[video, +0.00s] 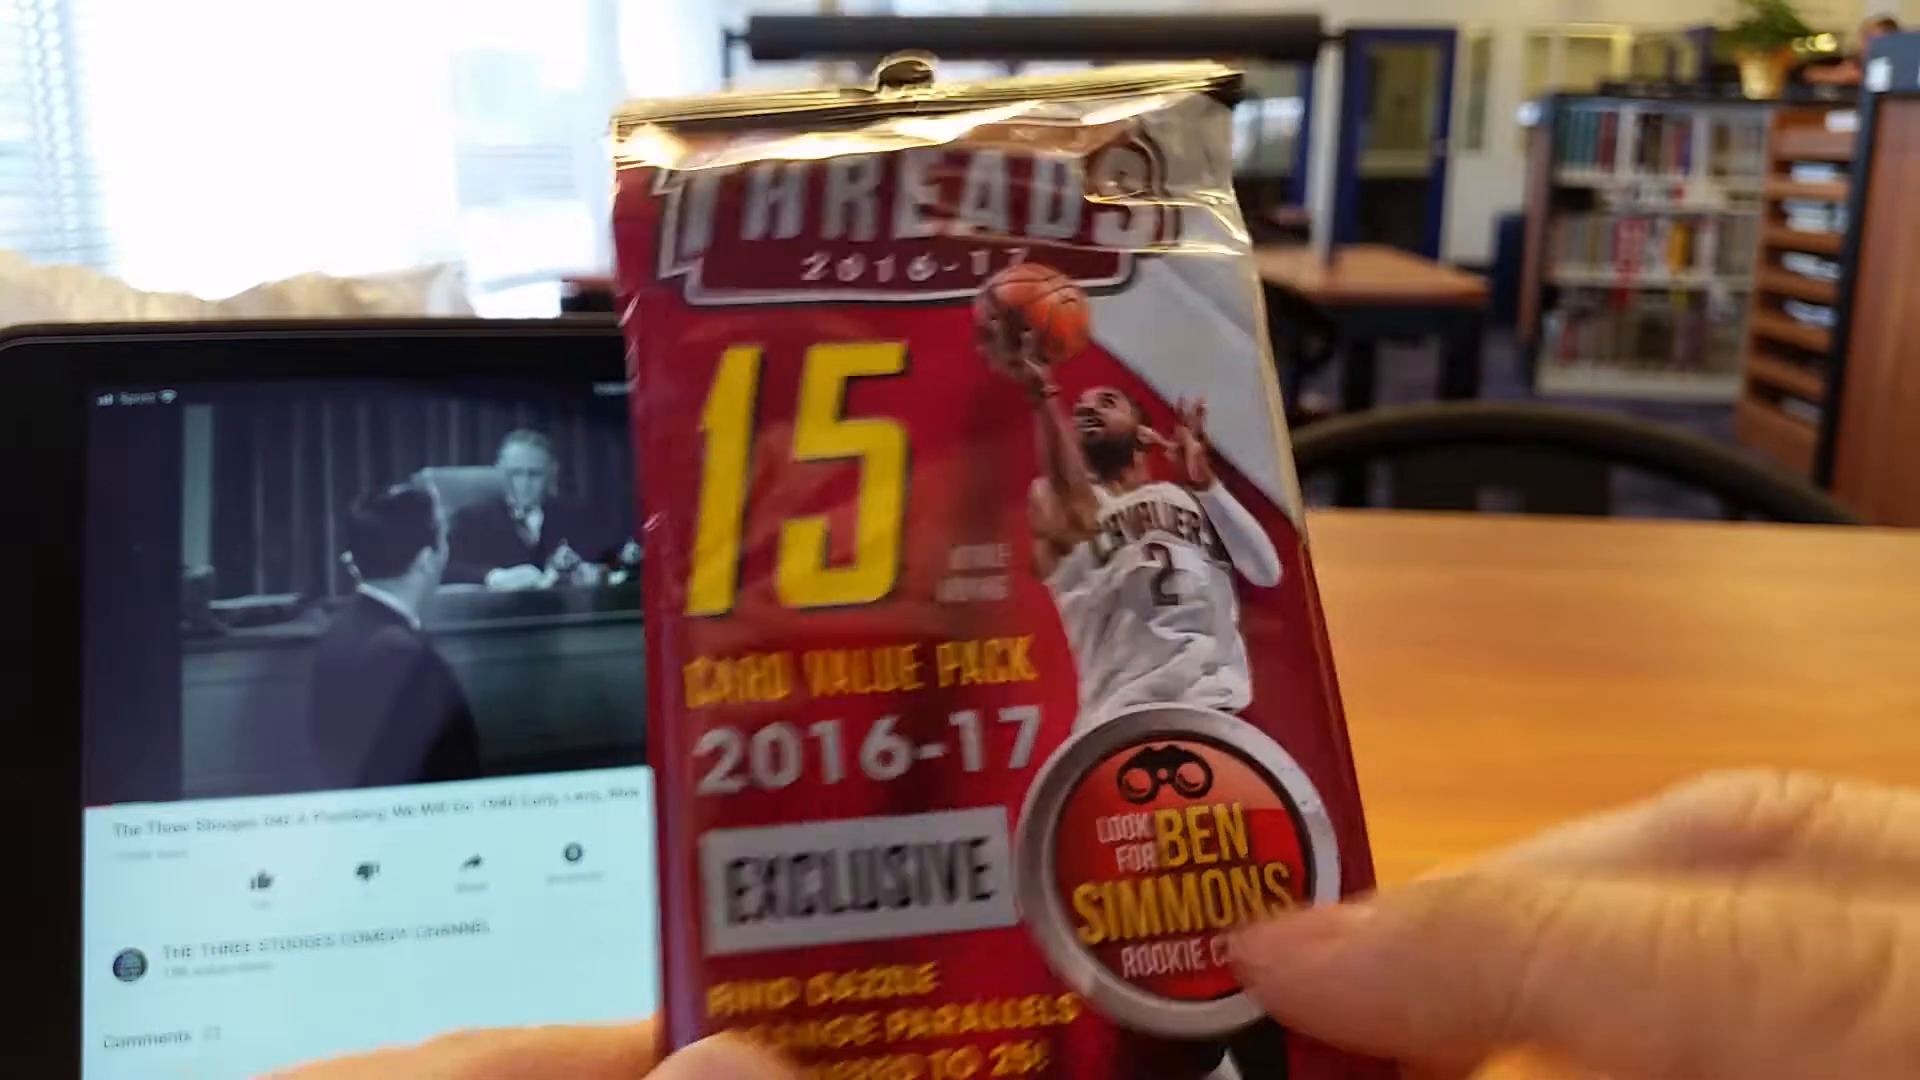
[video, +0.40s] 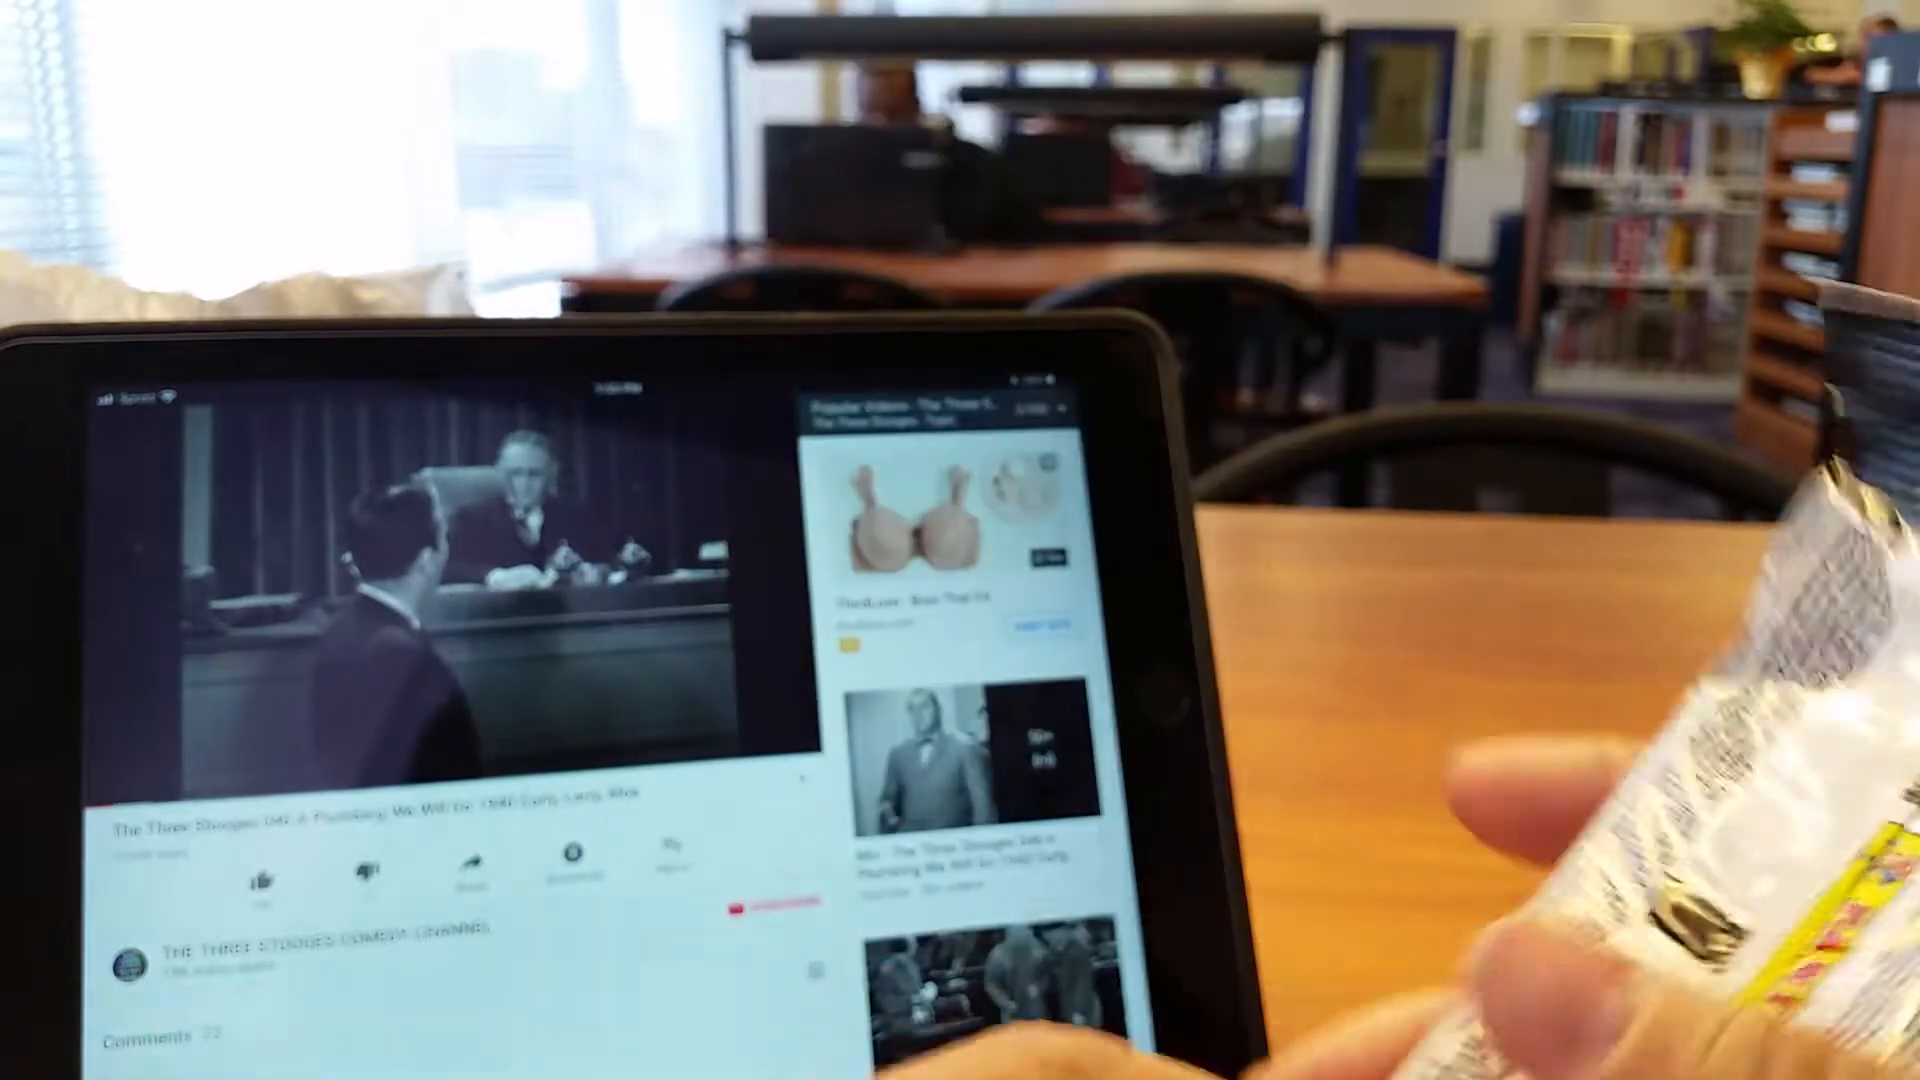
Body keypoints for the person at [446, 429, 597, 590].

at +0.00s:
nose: (524, 484)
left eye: (533, 474)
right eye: (515, 474)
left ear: (551, 474)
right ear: (500, 474)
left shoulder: (572, 519)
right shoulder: (474, 521)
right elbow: (450, 571)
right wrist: (492, 577)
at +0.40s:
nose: (523, 484)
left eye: (533, 474)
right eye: (514, 474)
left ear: (551, 475)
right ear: (500, 475)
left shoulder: (576, 518)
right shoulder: (474, 523)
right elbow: (450, 570)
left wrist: (593, 573)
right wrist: (491, 576)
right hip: (499, 638)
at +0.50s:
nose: (524, 484)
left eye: (534, 475)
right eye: (516, 474)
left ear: (552, 476)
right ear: (503, 474)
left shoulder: (577, 518)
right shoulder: (476, 521)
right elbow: (451, 569)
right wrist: (493, 577)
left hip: (570, 628)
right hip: (501, 633)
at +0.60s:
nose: (528, 484)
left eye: (538, 474)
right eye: (519, 474)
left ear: (556, 473)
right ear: (506, 472)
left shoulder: (579, 515)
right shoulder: (479, 519)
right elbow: (453, 570)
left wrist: (587, 570)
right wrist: (498, 576)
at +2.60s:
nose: (533, 485)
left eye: (543, 475)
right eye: (524, 474)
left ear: (560, 473)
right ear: (511, 470)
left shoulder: (585, 515)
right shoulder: (484, 519)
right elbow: (454, 569)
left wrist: (597, 569)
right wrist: (504, 576)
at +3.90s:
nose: (533, 484)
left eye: (543, 474)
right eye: (525, 474)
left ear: (561, 473)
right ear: (513, 472)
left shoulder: (585, 516)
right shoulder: (493, 520)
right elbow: (465, 568)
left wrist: (592, 571)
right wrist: (506, 576)